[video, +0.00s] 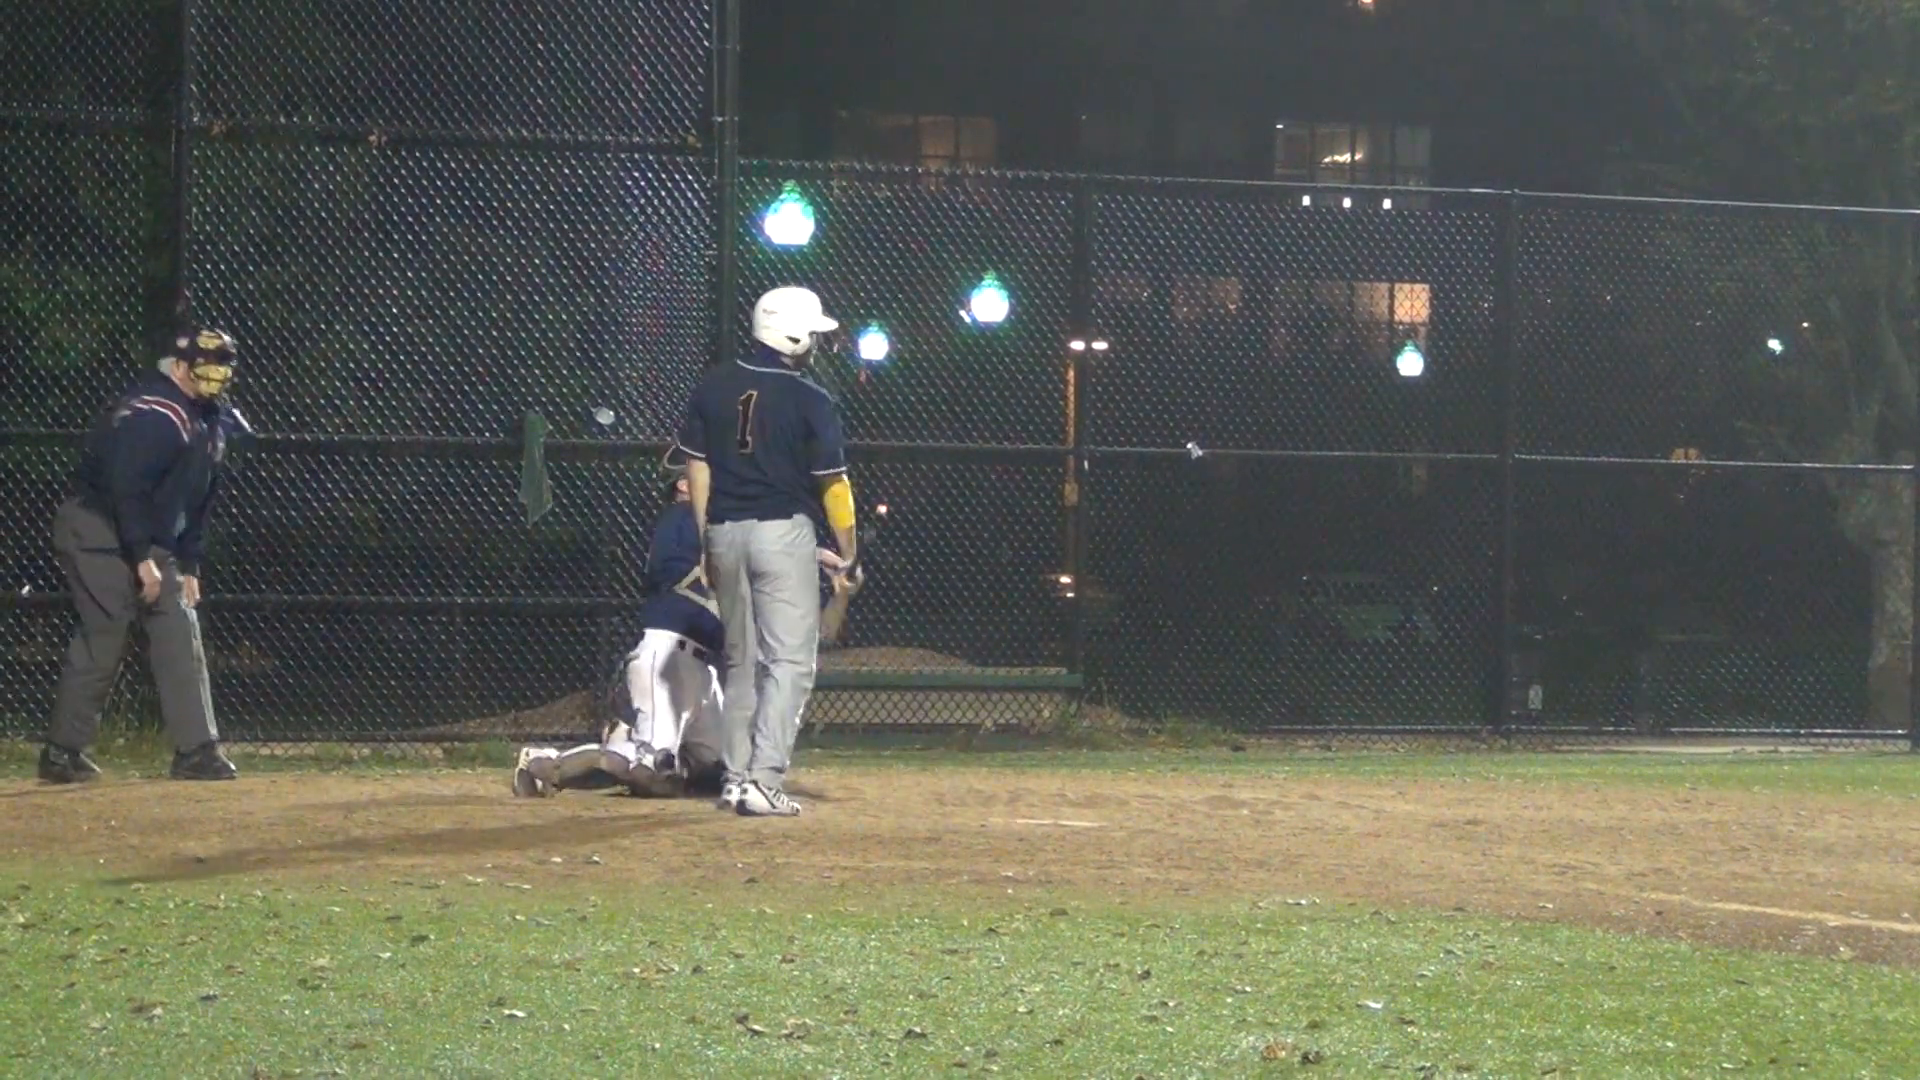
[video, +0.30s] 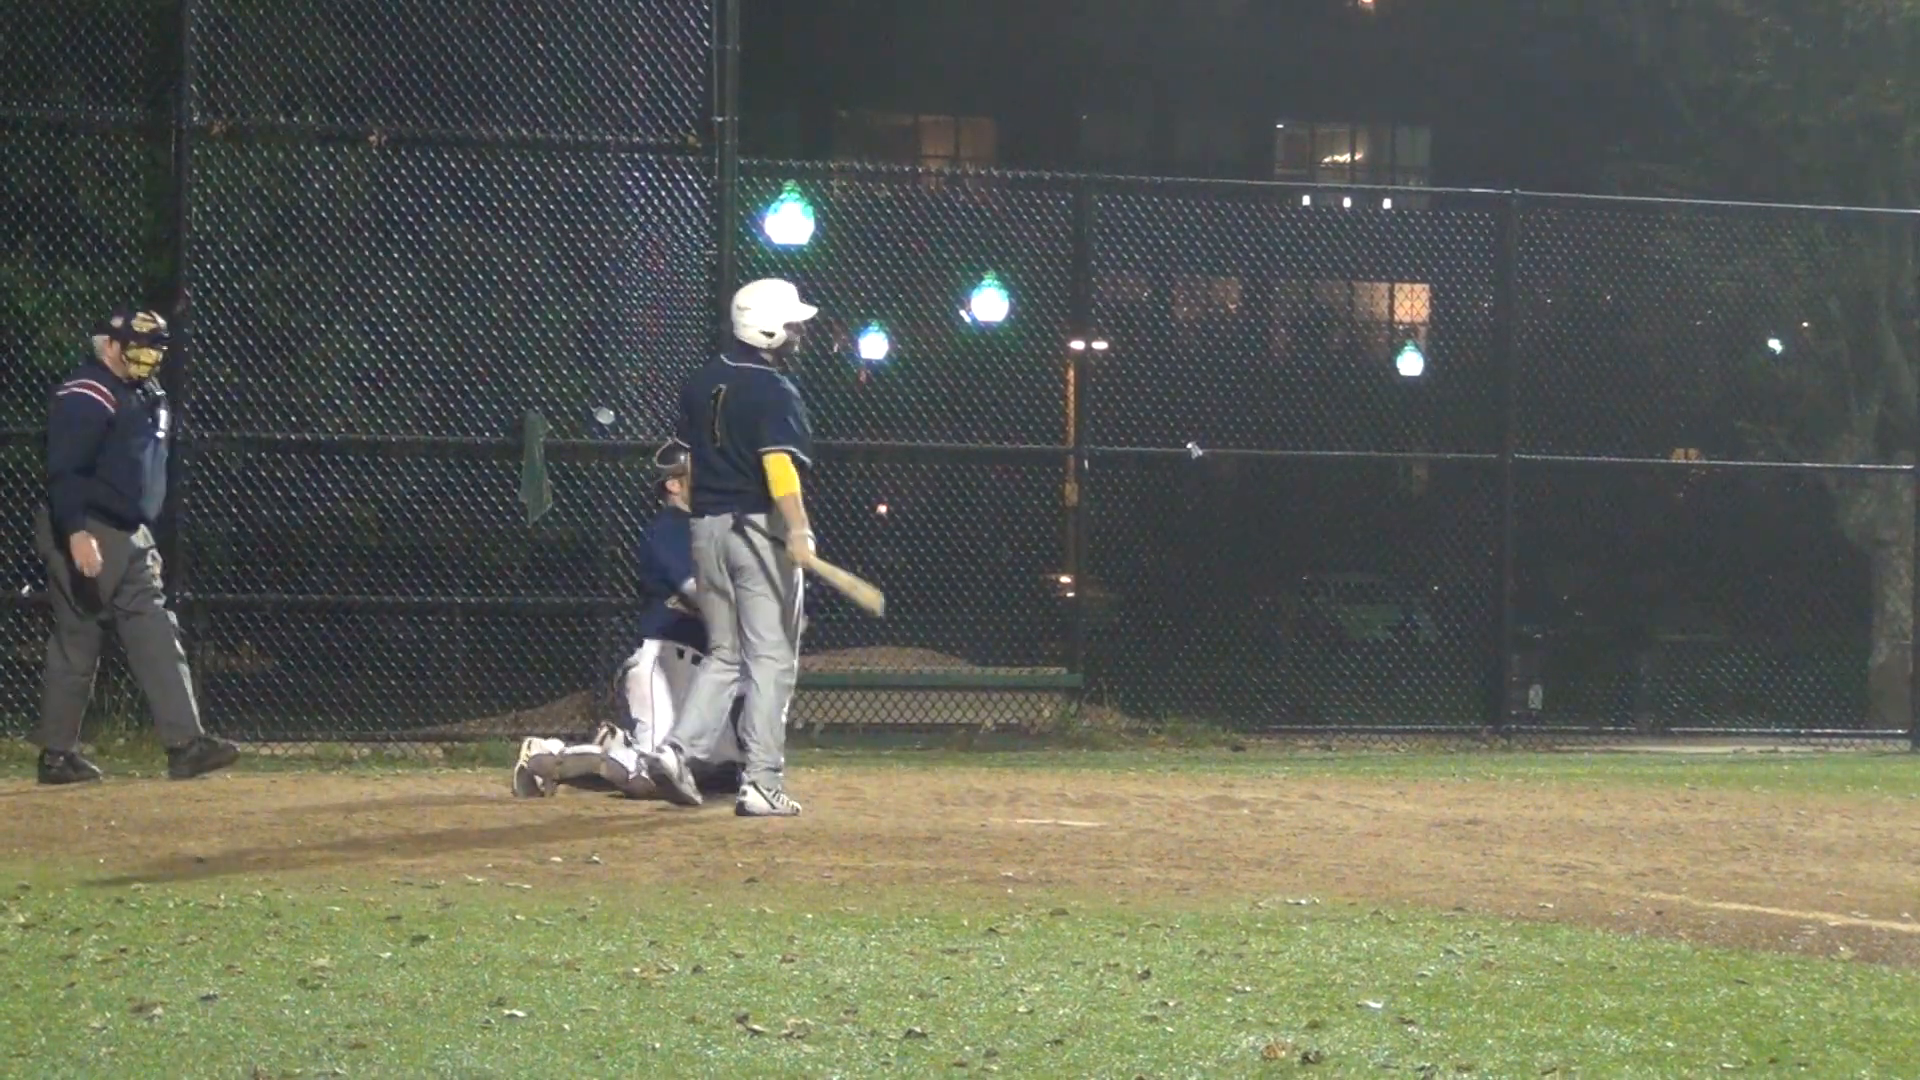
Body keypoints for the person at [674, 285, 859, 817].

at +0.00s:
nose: (816, 343)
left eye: (815, 335)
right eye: (812, 335)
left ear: (760, 331)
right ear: (796, 337)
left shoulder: (713, 385)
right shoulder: (811, 397)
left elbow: (698, 468)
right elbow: (834, 486)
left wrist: (707, 542)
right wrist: (849, 555)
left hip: (723, 535)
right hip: (784, 536)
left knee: (740, 657)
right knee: (790, 660)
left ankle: (737, 775)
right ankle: (764, 782)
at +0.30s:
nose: (799, 334)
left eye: (797, 325)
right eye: (792, 326)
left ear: (743, 326)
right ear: (769, 330)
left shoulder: (701, 380)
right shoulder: (771, 387)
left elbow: (691, 453)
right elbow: (778, 462)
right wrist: (798, 527)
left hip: (706, 529)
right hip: (756, 528)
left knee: (725, 652)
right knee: (771, 657)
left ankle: (680, 749)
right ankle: (763, 784)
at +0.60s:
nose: (755, 333)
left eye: (753, 324)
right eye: (747, 326)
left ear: (702, 331)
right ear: (721, 331)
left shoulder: (668, 380)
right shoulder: (718, 385)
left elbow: (672, 450)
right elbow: (717, 450)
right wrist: (740, 494)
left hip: (667, 530)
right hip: (714, 529)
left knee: (678, 653)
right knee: (742, 657)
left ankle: (642, 781)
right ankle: (761, 784)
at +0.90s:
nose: (709, 326)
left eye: (707, 317)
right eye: (701, 317)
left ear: (666, 324)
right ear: (672, 322)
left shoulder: (626, 375)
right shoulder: (671, 372)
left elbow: (620, 456)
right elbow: (672, 451)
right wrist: (686, 524)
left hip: (628, 523)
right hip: (676, 522)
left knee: (641, 651)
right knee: (739, 636)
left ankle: (636, 782)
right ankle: (741, 763)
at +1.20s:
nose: (681, 320)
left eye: (679, 311)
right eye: (672, 312)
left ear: (632, 321)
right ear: (645, 318)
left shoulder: (596, 379)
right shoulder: (659, 372)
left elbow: (580, 461)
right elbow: (673, 455)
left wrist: (600, 516)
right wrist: (697, 531)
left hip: (610, 528)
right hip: (655, 524)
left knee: (635, 651)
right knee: (727, 630)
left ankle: (633, 782)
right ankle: (687, 742)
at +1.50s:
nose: (666, 319)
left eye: (663, 310)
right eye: (659, 311)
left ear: (616, 321)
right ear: (637, 318)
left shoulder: (587, 382)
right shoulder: (654, 373)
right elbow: (676, 453)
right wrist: (722, 510)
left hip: (603, 523)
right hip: (654, 521)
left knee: (625, 654)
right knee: (665, 653)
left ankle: (628, 773)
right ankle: (630, 779)